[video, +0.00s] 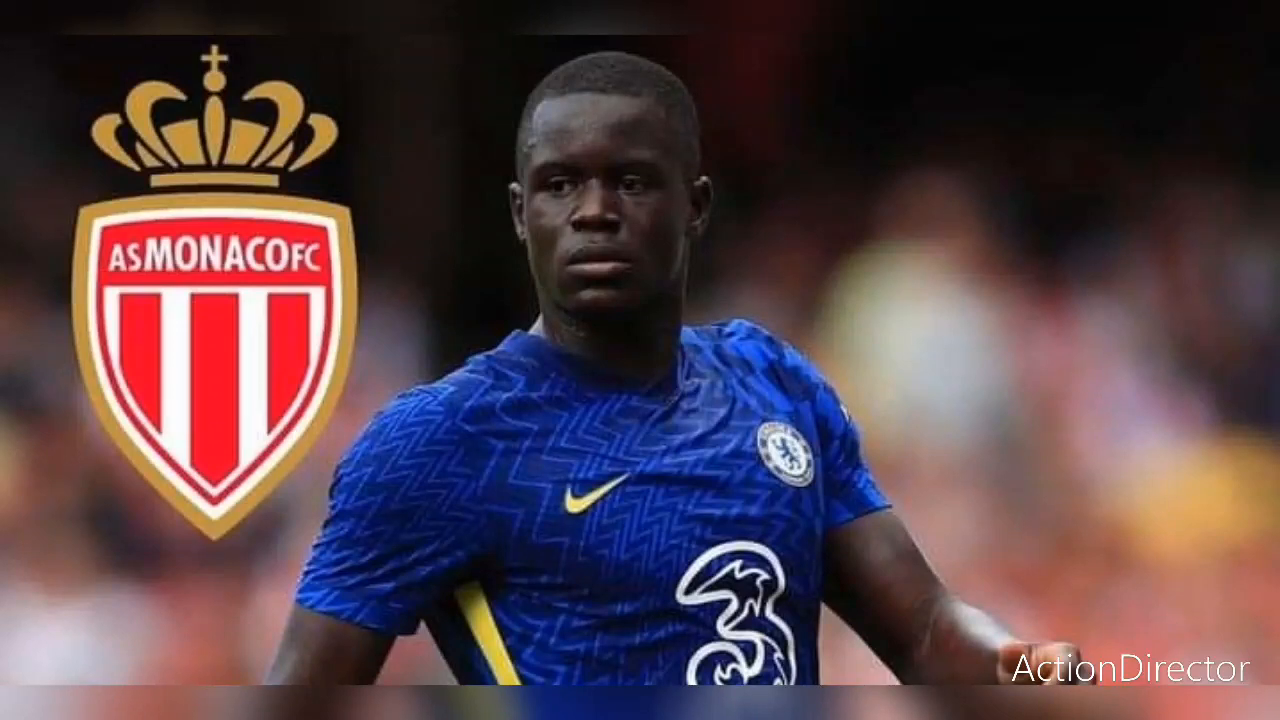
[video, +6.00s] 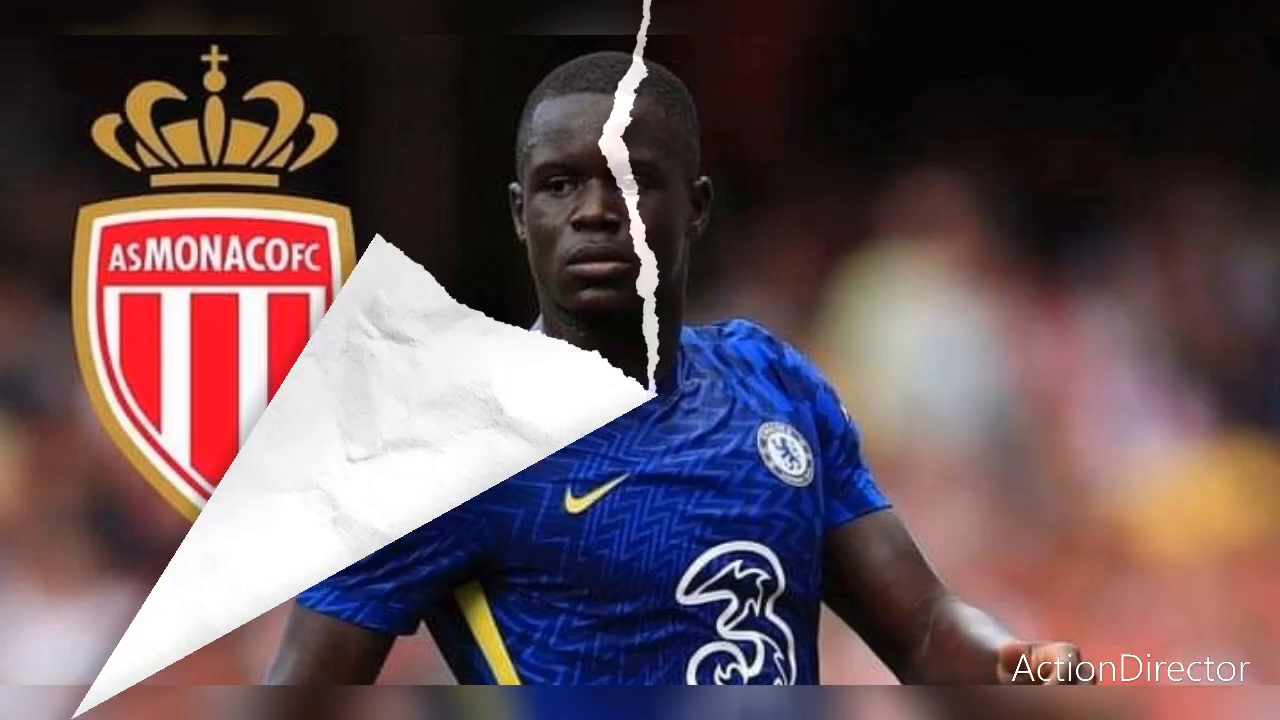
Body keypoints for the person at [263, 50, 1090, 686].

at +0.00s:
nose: (595, 209)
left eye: (633, 178)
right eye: (560, 181)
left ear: (697, 208)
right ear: (523, 215)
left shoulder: (771, 385)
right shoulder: (433, 445)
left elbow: (921, 626)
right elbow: (300, 692)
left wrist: (1021, 673)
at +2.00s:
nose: (595, 209)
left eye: (633, 179)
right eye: (560, 181)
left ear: (697, 210)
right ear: (523, 215)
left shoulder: (771, 385)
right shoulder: (437, 440)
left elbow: (921, 626)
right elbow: (297, 689)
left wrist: (1017, 673)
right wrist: (398, 694)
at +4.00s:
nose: (595, 210)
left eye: (633, 178)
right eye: (560, 181)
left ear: (697, 209)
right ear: (522, 216)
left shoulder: (770, 385)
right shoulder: (433, 444)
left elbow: (921, 626)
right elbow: (301, 691)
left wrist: (1021, 675)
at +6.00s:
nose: (600, 209)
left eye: (636, 177)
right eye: (562, 180)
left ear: (698, 206)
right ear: (520, 213)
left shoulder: (770, 384)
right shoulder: (453, 430)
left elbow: (920, 625)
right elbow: (302, 688)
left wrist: (1021, 673)